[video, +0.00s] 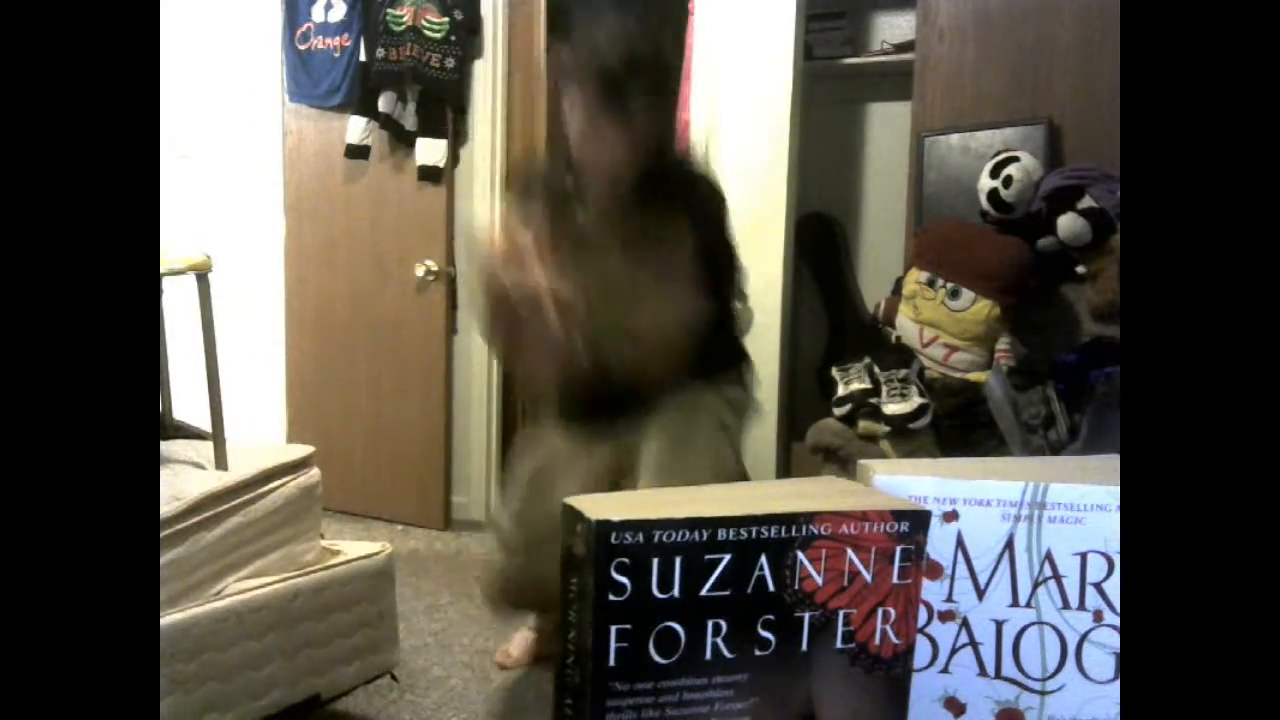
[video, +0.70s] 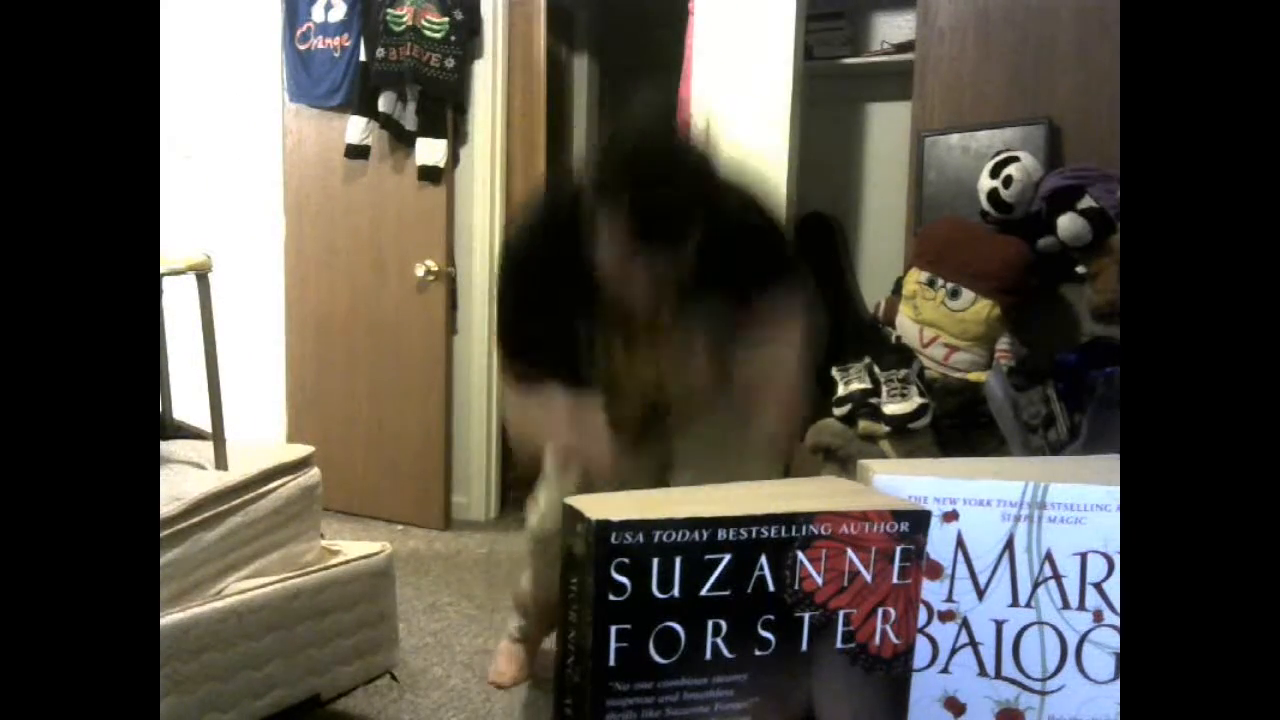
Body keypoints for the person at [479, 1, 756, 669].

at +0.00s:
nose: (592, 139)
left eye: (612, 119)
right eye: (579, 116)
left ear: (651, 120)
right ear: (562, 112)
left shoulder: (686, 198)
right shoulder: (544, 195)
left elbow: (686, 332)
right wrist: (521, 299)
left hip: (689, 385)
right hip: (584, 387)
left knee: (679, 486)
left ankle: (682, 623)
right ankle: (546, 616)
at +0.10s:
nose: (625, 247)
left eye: (644, 229)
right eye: (611, 225)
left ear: (676, 211)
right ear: (587, 201)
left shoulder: (718, 254)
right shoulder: (551, 256)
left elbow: (722, 428)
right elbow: (536, 401)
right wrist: (567, 421)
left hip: (695, 438)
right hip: (599, 448)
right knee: (547, 551)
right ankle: (539, 632)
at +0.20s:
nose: (649, 276)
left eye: (670, 258)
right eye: (633, 254)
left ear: (700, 233)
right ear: (605, 223)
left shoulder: (737, 255)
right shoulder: (559, 261)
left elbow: (765, 424)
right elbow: (538, 422)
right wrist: (571, 449)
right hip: (598, 439)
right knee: (560, 541)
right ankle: (545, 624)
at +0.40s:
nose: (653, 254)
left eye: (675, 238)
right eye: (639, 230)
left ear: (707, 213)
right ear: (613, 196)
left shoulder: (749, 237)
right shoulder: (562, 239)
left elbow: (793, 387)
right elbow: (533, 391)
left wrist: (724, 370)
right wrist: (575, 423)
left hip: (712, 409)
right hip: (602, 408)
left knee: (738, 512)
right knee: (559, 528)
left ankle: (738, 635)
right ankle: (544, 621)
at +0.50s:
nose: (658, 234)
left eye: (679, 217)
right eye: (645, 209)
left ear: (716, 191)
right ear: (618, 174)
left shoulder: (764, 213)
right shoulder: (565, 215)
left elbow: (820, 334)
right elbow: (524, 365)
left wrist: (747, 310)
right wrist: (564, 394)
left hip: (726, 389)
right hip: (613, 396)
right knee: (561, 496)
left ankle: (729, 630)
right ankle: (541, 618)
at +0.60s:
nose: (652, 224)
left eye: (678, 206)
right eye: (636, 197)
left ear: (710, 175)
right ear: (609, 158)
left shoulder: (755, 165)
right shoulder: (561, 181)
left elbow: (820, 289)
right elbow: (512, 333)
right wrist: (540, 370)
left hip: (727, 364)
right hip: (609, 377)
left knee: (715, 509)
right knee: (547, 493)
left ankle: (713, 655)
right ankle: (535, 623)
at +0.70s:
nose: (640, 280)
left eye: (659, 264)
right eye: (626, 259)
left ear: (693, 230)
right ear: (596, 221)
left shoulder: (739, 229)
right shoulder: (547, 243)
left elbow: (783, 328)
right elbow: (524, 389)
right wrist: (571, 430)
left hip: (711, 391)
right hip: (598, 390)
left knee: (724, 513)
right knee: (558, 517)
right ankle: (528, 631)